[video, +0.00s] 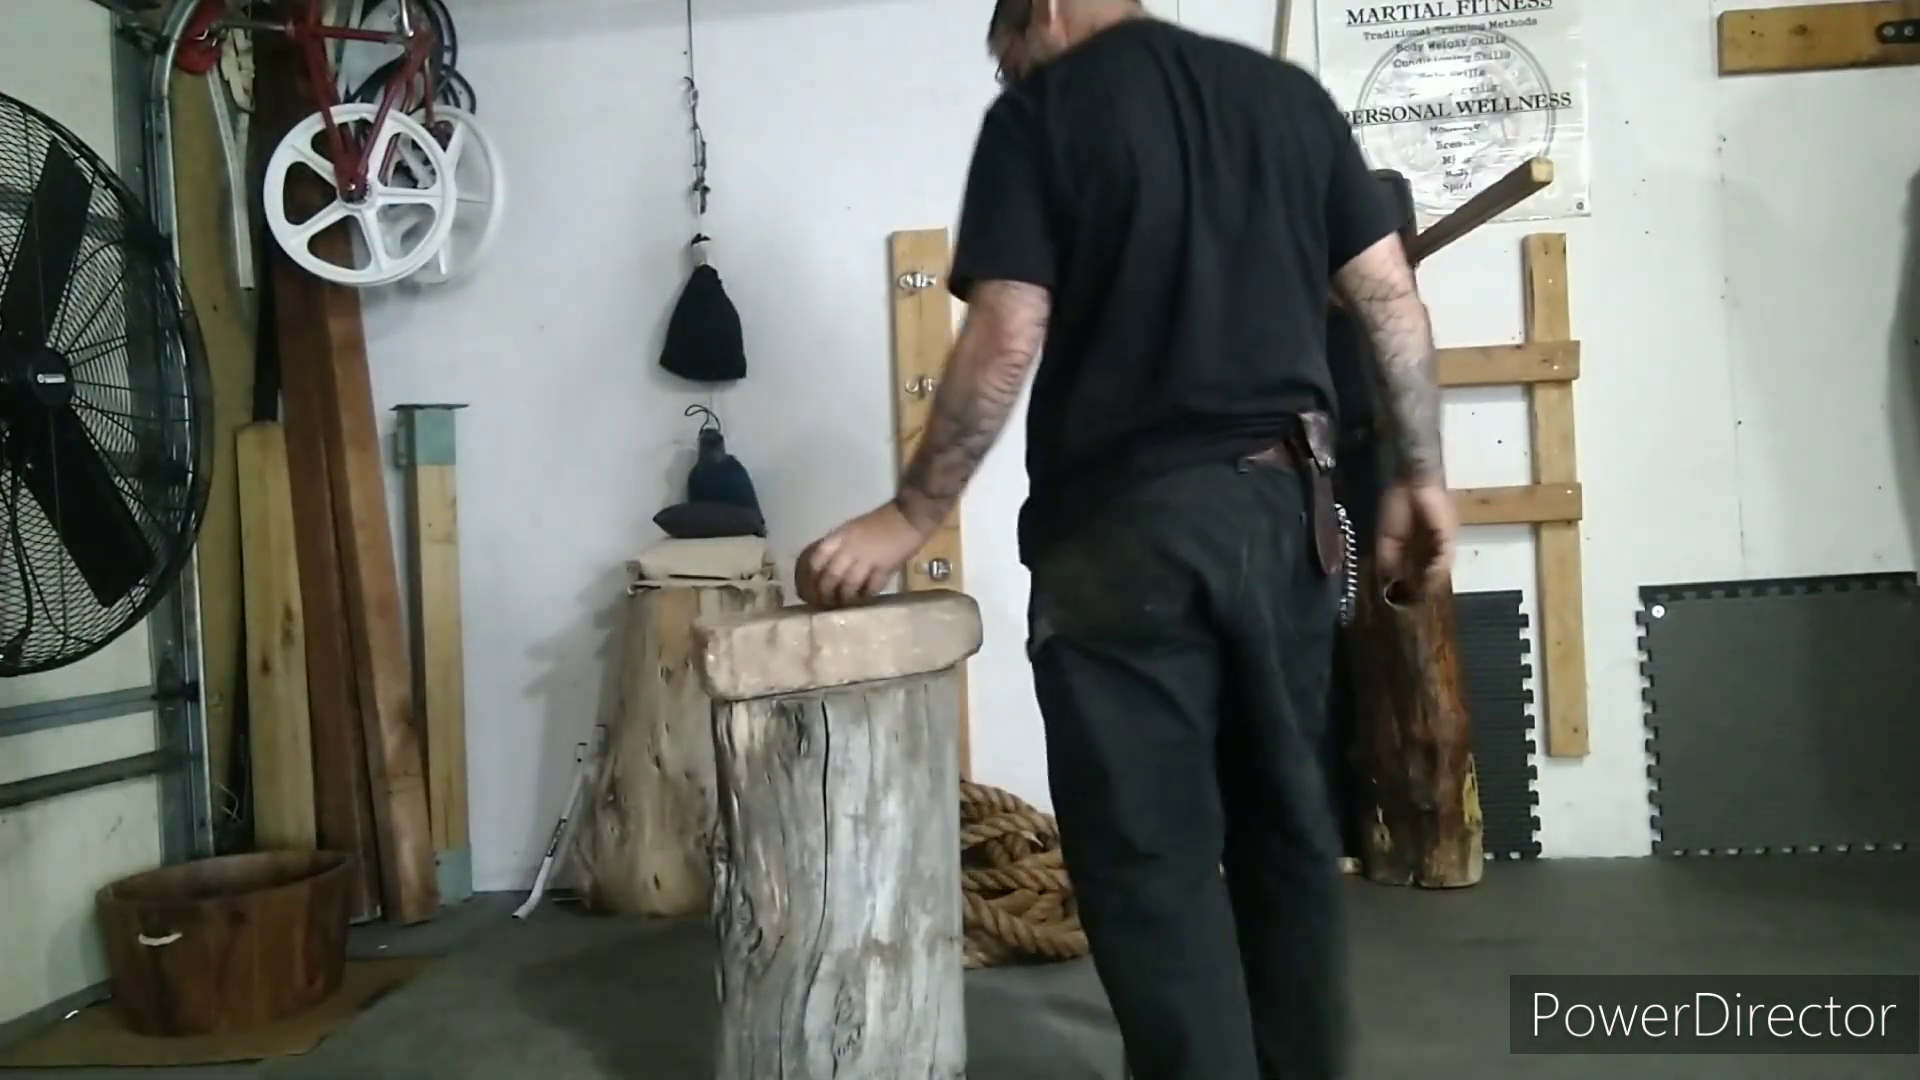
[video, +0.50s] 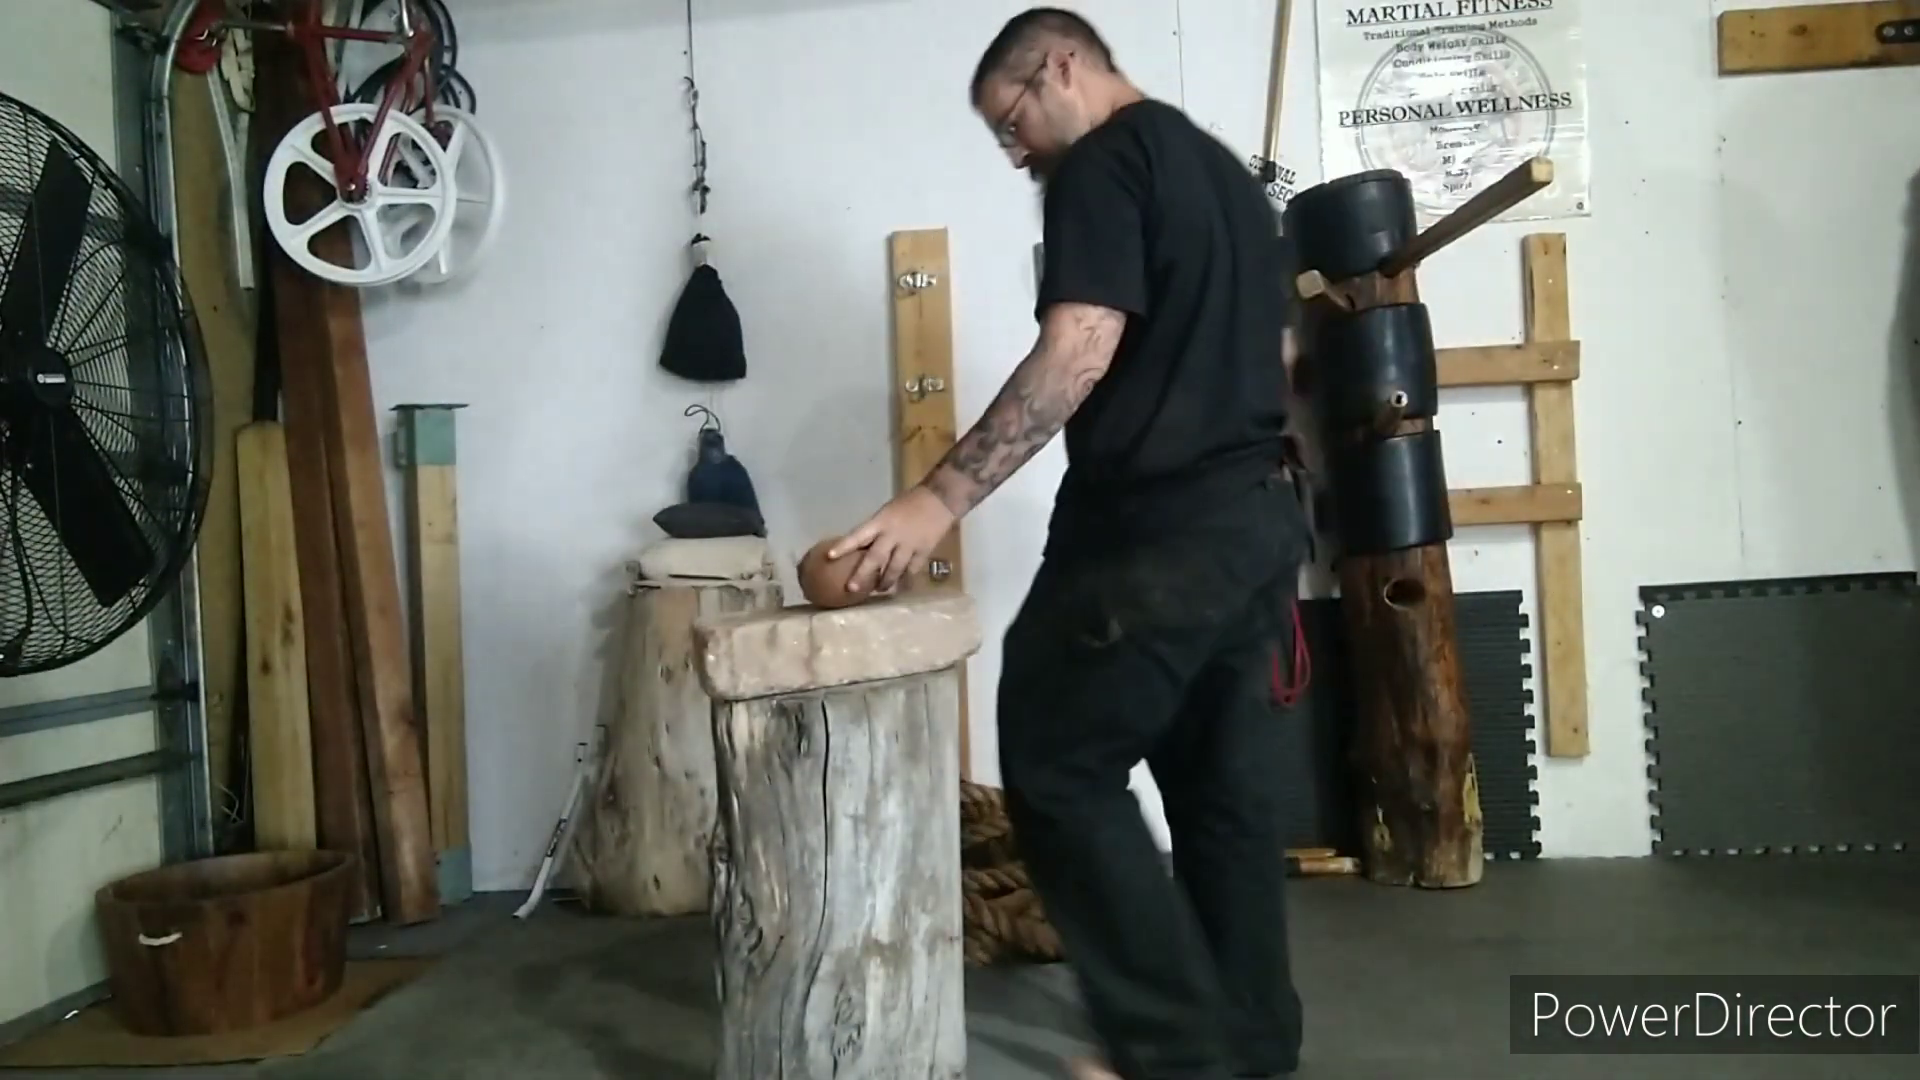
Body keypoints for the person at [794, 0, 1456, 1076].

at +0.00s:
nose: (1007, 77)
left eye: (1003, 52)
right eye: (1001, 58)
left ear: (1043, 10)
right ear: (1134, 6)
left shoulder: (1038, 112)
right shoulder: (1292, 92)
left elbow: (1010, 333)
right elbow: (1386, 288)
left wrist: (909, 513)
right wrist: (1419, 469)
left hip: (1124, 521)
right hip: (1290, 506)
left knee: (1150, 874)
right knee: (1291, 852)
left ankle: (1203, 1068)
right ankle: (1310, 1065)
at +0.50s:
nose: (1013, 152)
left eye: (1010, 121)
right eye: (1001, 135)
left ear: (1063, 68)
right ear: (1082, 71)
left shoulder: (1102, 162)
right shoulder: (1225, 170)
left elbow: (1076, 351)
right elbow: (1270, 353)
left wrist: (935, 502)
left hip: (1146, 524)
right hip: (1250, 514)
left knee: (1054, 764)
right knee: (1224, 804)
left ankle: (1173, 1041)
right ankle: (1258, 1045)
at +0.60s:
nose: (996, 152)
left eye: (996, 122)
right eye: (984, 136)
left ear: (1055, 73)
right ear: (1066, 79)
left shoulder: (1094, 167)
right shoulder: (1188, 167)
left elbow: (1077, 349)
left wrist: (941, 499)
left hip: (1140, 522)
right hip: (1235, 510)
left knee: (1047, 765)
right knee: (1218, 790)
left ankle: (1094, 1031)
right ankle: (1251, 1031)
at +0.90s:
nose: (914, 178)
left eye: (916, 149)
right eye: (902, 162)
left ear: (973, 100)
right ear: (966, 111)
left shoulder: (1034, 199)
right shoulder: (1051, 191)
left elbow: (1062, 376)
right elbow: (1056, 381)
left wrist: (952, 523)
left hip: (1068, 551)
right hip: (1117, 536)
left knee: (1014, 808)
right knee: (1122, 771)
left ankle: (1011, 1046)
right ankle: (1244, 1014)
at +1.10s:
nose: (867, 180)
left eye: (868, 152)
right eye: (854, 163)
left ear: (922, 98)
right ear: (916, 107)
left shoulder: (1004, 198)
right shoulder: (972, 205)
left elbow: (1040, 382)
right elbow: (983, 383)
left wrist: (932, 523)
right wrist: (917, 532)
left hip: (1022, 549)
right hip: (997, 548)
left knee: (996, 791)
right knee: (1008, 767)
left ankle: (1012, 1045)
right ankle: (1148, 945)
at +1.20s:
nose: (849, 176)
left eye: (851, 147)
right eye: (834, 160)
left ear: (908, 99)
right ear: (891, 116)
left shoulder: (995, 202)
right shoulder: (933, 216)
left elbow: (1029, 385)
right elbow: (930, 379)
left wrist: (931, 521)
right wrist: (893, 530)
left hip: (992, 555)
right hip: (938, 552)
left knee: (991, 820)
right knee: (939, 815)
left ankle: (1013, 1050)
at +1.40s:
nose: (824, 176)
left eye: (832, 147)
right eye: (807, 160)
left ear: (886, 105)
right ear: (803, 140)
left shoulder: (971, 212)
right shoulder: (861, 225)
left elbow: (1014, 388)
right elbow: (871, 396)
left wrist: (931, 525)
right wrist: (826, 528)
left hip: (963, 556)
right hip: (870, 555)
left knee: (979, 819)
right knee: (885, 815)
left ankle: (1015, 1051)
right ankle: (894, 1045)